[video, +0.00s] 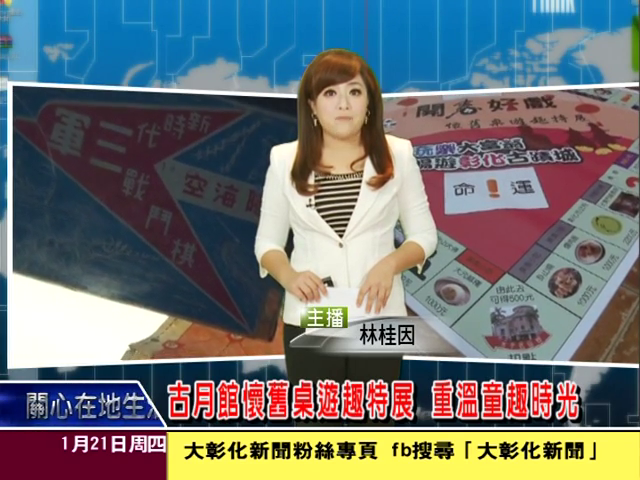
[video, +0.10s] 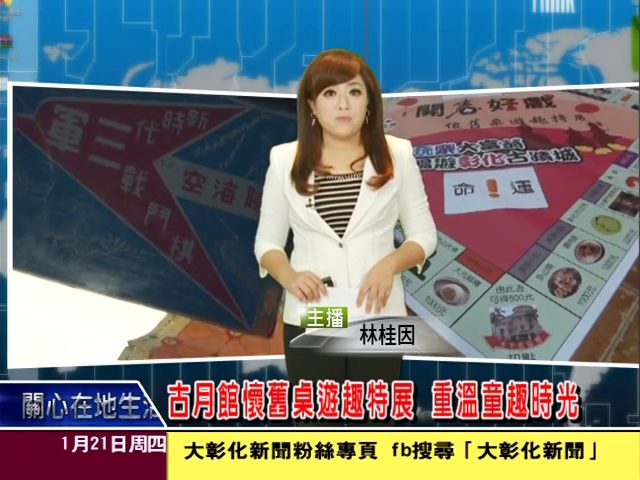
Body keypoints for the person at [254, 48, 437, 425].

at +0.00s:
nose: (343, 104)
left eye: (355, 92)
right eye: (330, 94)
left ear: (369, 102)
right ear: (311, 105)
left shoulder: (395, 155)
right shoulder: (286, 159)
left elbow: (424, 236)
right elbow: (267, 242)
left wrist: (389, 264)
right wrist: (291, 276)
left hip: (378, 325)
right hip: (308, 323)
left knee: (376, 439)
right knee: (313, 438)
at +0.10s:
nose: (343, 104)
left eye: (354, 92)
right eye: (330, 94)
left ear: (369, 101)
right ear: (311, 105)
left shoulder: (395, 155)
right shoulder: (286, 159)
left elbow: (424, 236)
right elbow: (267, 242)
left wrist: (389, 264)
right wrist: (290, 276)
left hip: (377, 324)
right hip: (308, 323)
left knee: (375, 440)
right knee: (313, 439)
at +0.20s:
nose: (343, 104)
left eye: (354, 93)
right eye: (330, 94)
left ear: (369, 102)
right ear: (311, 105)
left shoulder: (395, 155)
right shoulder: (286, 160)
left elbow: (424, 236)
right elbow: (267, 242)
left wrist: (389, 264)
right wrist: (290, 276)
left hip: (377, 324)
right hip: (308, 323)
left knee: (375, 440)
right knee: (314, 439)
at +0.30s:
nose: (343, 105)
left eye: (354, 93)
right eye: (330, 94)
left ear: (369, 102)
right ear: (311, 105)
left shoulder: (395, 155)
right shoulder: (286, 160)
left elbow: (424, 236)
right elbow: (266, 243)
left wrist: (389, 264)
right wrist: (290, 276)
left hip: (377, 324)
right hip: (308, 322)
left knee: (376, 437)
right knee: (314, 436)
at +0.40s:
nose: (343, 105)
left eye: (354, 93)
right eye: (330, 94)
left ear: (369, 102)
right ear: (311, 105)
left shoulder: (395, 155)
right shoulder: (286, 160)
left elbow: (424, 236)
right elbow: (266, 243)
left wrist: (389, 264)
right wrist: (290, 276)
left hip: (377, 324)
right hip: (309, 322)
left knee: (376, 438)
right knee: (313, 438)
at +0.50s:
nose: (343, 104)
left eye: (354, 93)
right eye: (330, 94)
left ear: (369, 102)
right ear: (311, 105)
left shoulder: (395, 155)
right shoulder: (286, 160)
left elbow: (424, 236)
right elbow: (266, 242)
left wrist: (389, 265)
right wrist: (290, 276)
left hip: (378, 324)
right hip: (309, 323)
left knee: (376, 439)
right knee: (314, 439)